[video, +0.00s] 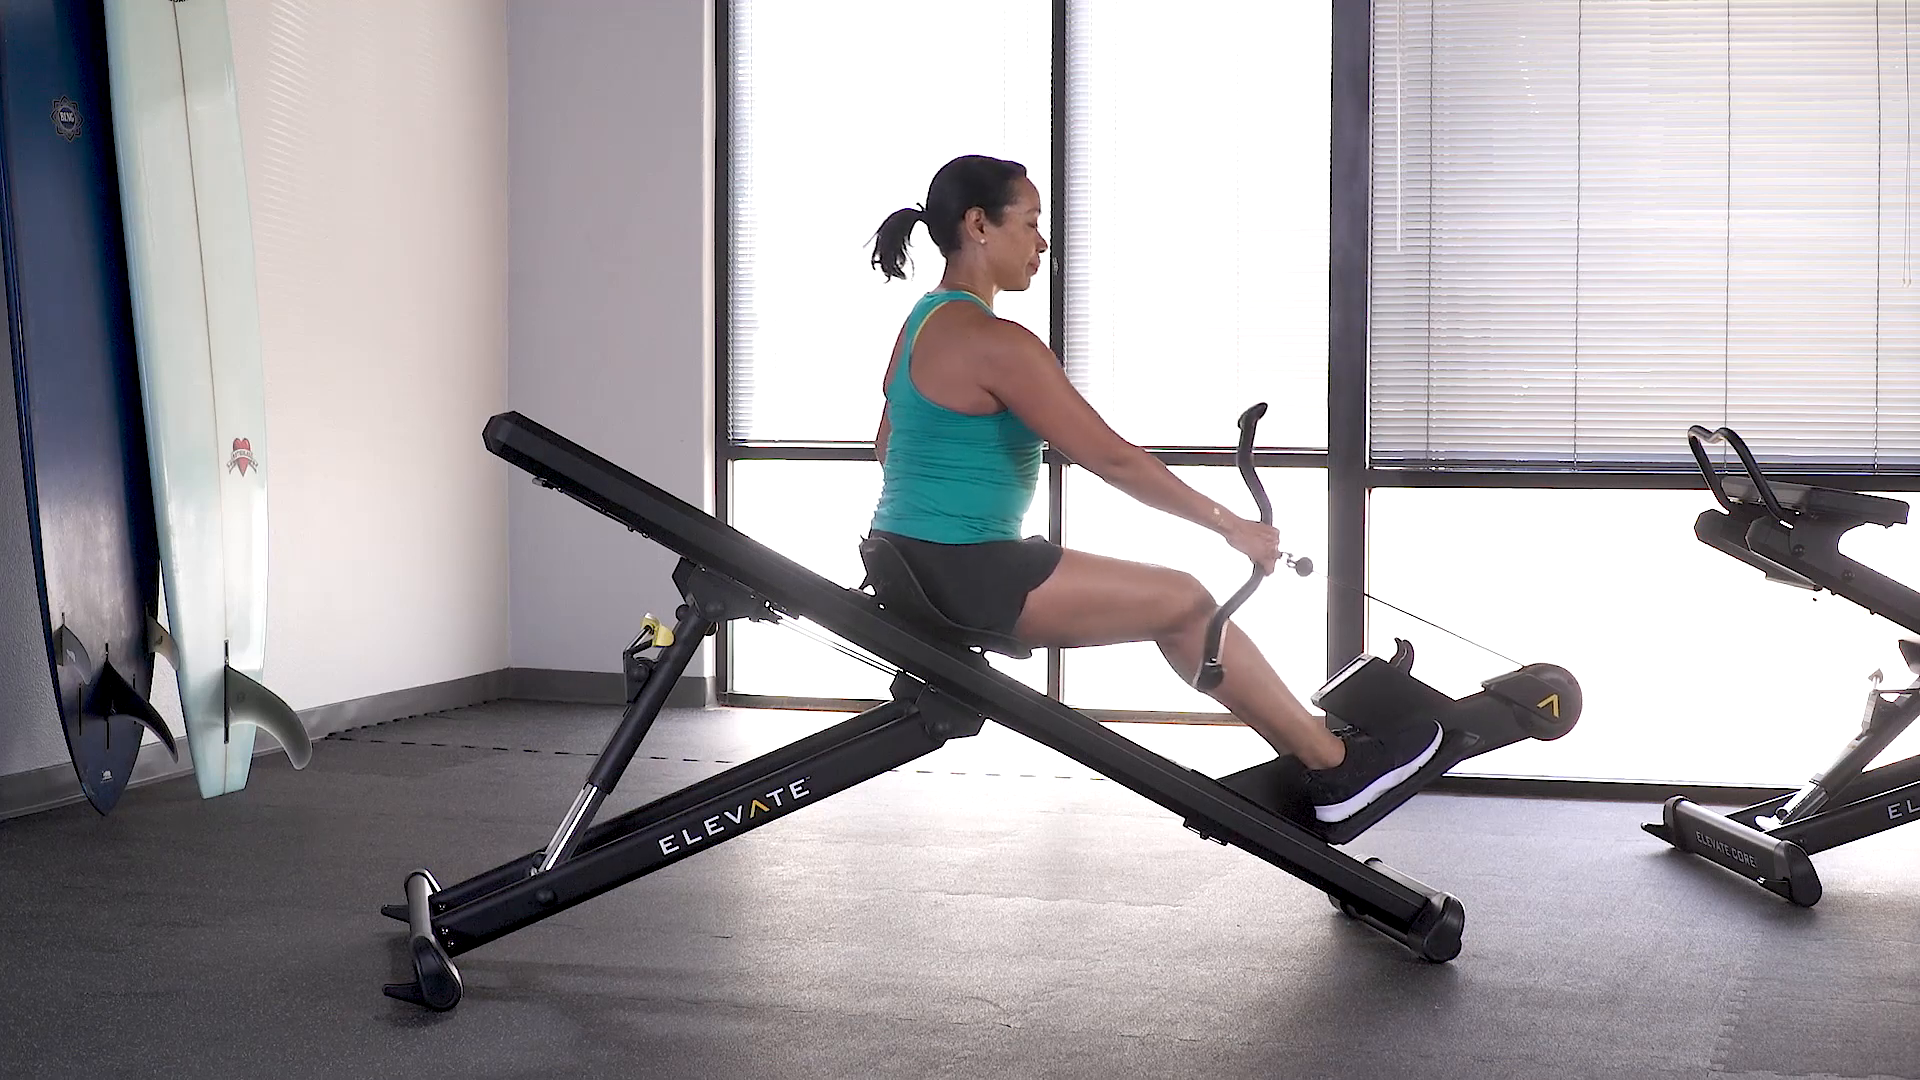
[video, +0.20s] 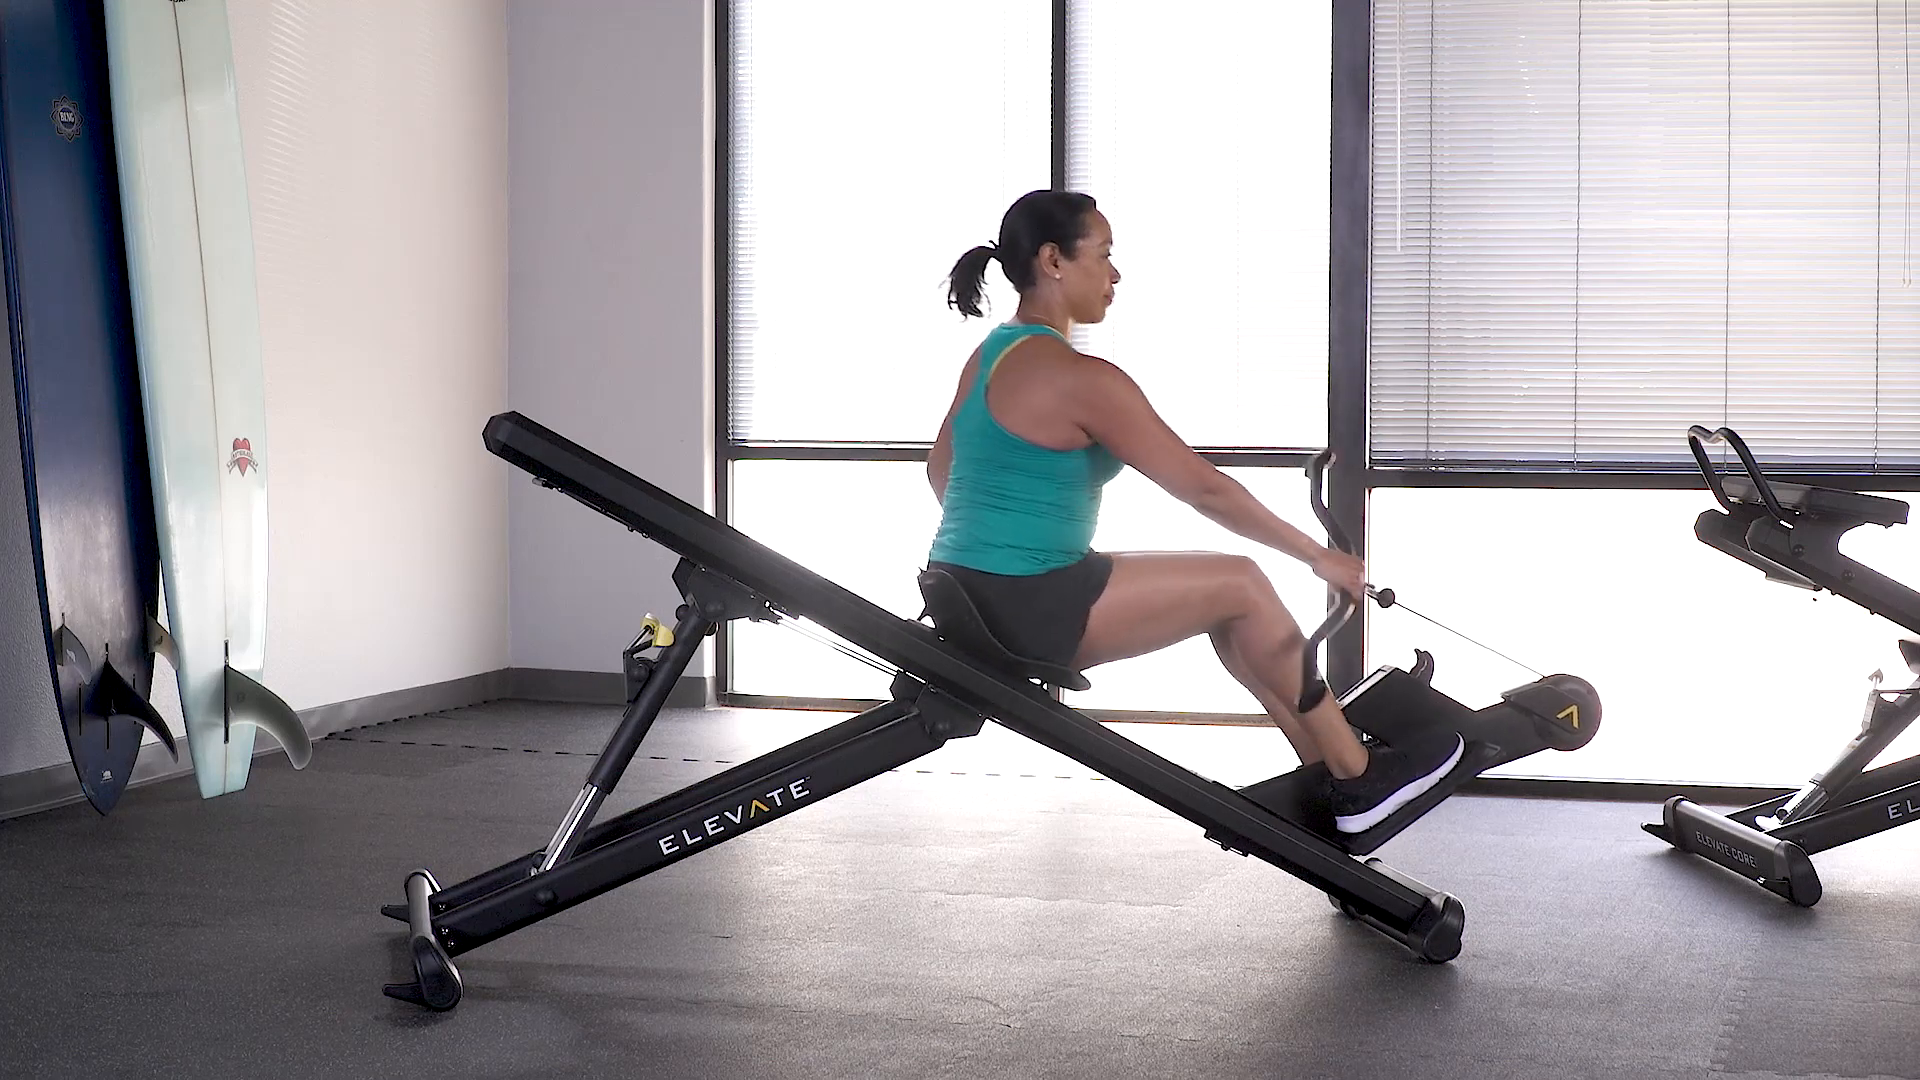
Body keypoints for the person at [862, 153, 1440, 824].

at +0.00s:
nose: (1041, 242)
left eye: (1038, 225)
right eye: (1029, 225)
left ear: (972, 231)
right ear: (975, 228)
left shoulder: (923, 326)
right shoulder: (1000, 344)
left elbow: (891, 447)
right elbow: (1111, 458)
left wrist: (1015, 440)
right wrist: (1232, 525)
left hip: (908, 562)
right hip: (957, 571)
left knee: (1174, 600)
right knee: (1182, 601)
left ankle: (1315, 743)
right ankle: (1332, 766)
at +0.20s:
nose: (1115, 272)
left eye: (1110, 254)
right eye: (1103, 255)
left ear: (1047, 264)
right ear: (1052, 262)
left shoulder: (993, 352)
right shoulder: (1085, 381)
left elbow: (940, 463)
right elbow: (1204, 486)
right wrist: (1320, 555)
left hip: (965, 590)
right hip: (1024, 602)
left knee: (1226, 584)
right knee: (1243, 583)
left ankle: (1323, 758)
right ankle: (1357, 776)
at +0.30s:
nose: (1159, 294)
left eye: (1153, 277)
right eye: (1146, 277)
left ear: (1087, 286)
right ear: (1096, 285)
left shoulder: (1030, 374)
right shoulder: (1134, 401)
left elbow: (972, 485)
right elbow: (1253, 509)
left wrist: (1029, 553)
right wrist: (1363, 575)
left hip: (994, 608)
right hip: (1062, 622)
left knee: (1251, 578)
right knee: (1277, 581)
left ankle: (1332, 759)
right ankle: (1368, 772)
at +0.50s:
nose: (1230, 324)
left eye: (1224, 307)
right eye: (1217, 308)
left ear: (1162, 321)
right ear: (1168, 320)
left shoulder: (1088, 409)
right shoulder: (1222, 435)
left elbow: (1024, 511)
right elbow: (1345, 538)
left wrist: (1075, 586)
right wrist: (1448, 610)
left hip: (1044, 636)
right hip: (1119, 651)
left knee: (1297, 578)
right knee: (1326, 586)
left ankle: (1349, 763)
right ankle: (1391, 787)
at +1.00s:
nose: (1174, 286)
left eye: (1166, 271)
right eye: (1159, 273)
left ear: (1102, 294)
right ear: (1109, 292)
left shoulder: (1047, 379)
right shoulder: (1164, 403)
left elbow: (990, 482)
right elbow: (1274, 521)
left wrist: (1046, 556)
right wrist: (1381, 582)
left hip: (997, 610)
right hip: (1071, 624)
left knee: (1258, 584)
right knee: (1280, 582)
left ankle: (1335, 763)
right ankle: (1374, 777)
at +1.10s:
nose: (1116, 258)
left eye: (1109, 241)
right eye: (1101, 243)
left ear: (1045, 261)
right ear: (1051, 259)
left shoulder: (993, 349)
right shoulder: (1089, 366)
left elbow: (950, 460)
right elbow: (1189, 492)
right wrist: (1306, 547)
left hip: (952, 588)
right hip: (1017, 595)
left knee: (1216, 592)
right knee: (1234, 582)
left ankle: (1316, 753)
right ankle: (1350, 769)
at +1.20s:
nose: (1060, 230)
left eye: (1054, 213)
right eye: (1045, 213)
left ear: (987, 231)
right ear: (992, 228)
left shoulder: (945, 316)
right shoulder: (1011, 328)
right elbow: (1085, 464)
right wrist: (1199, 506)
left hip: (910, 560)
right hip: (958, 566)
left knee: (1167, 588)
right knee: (1176, 583)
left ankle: (1299, 746)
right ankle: (1318, 757)